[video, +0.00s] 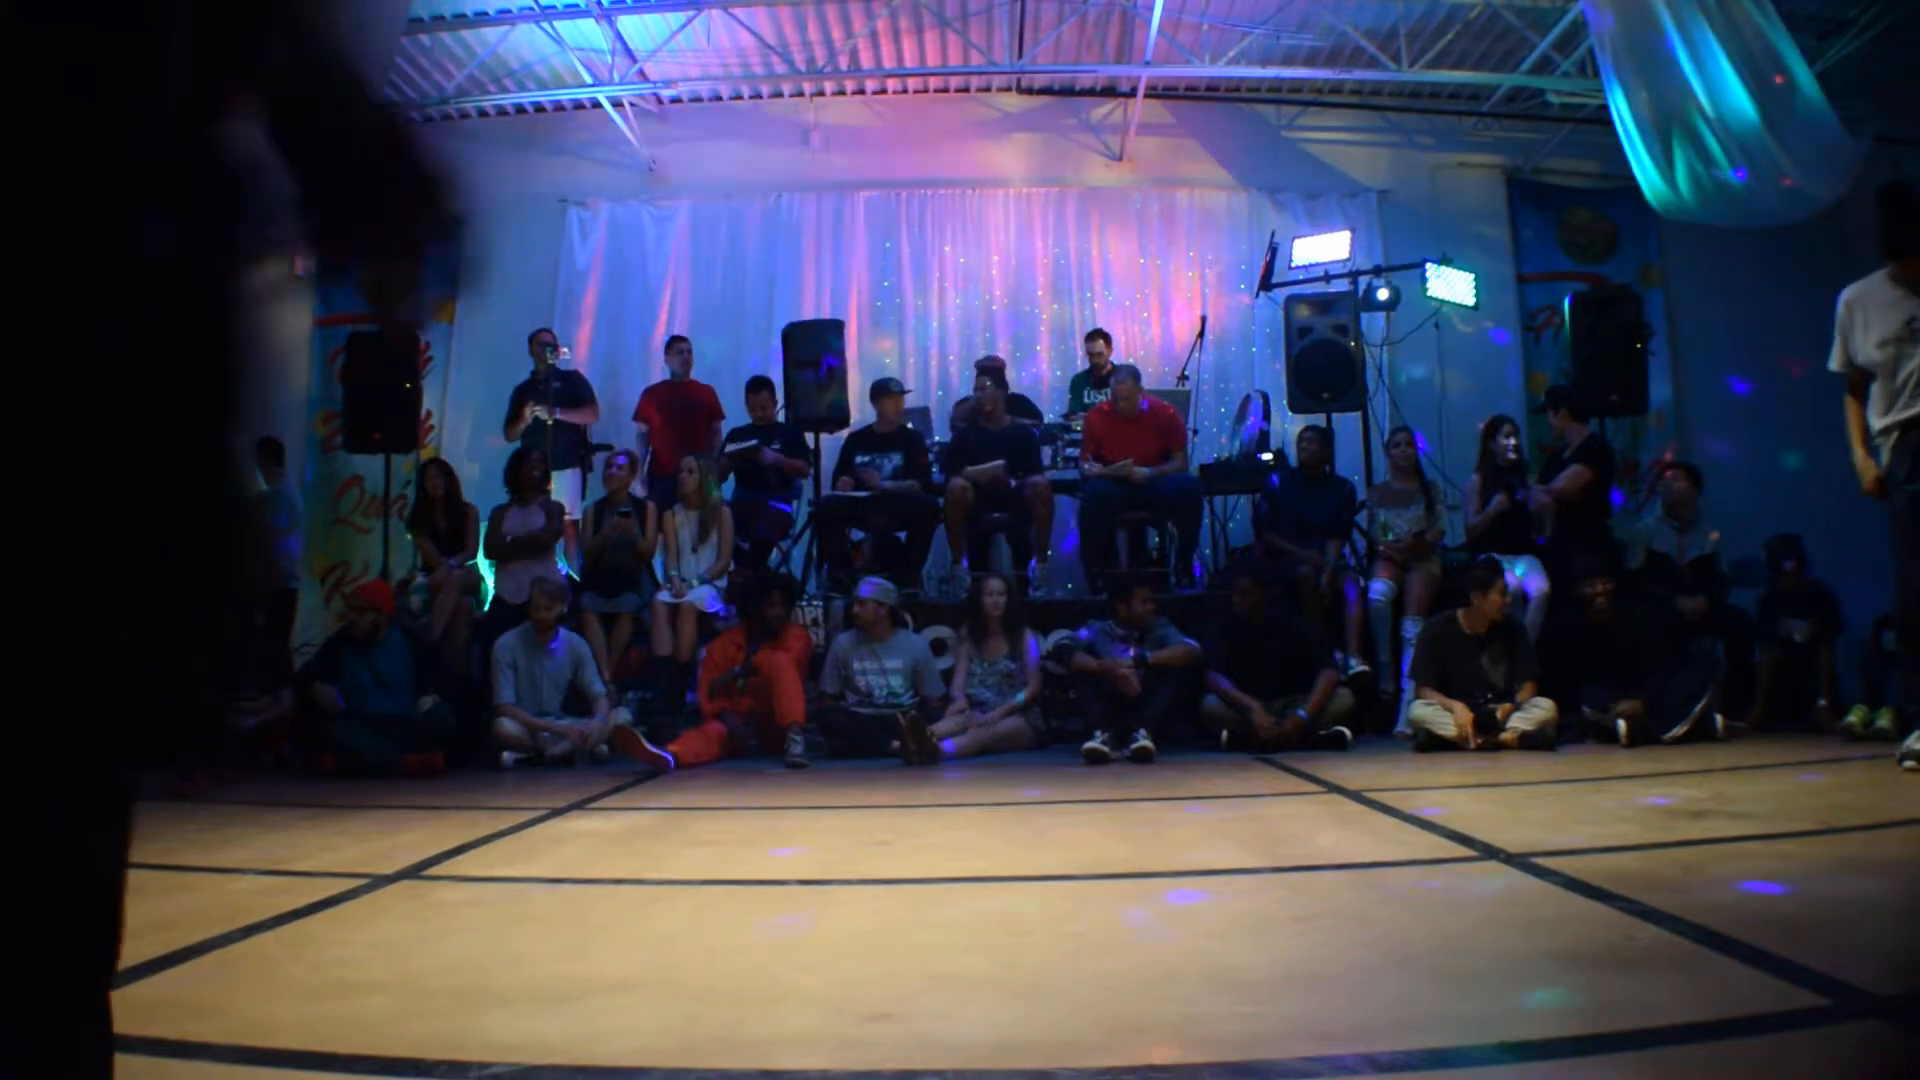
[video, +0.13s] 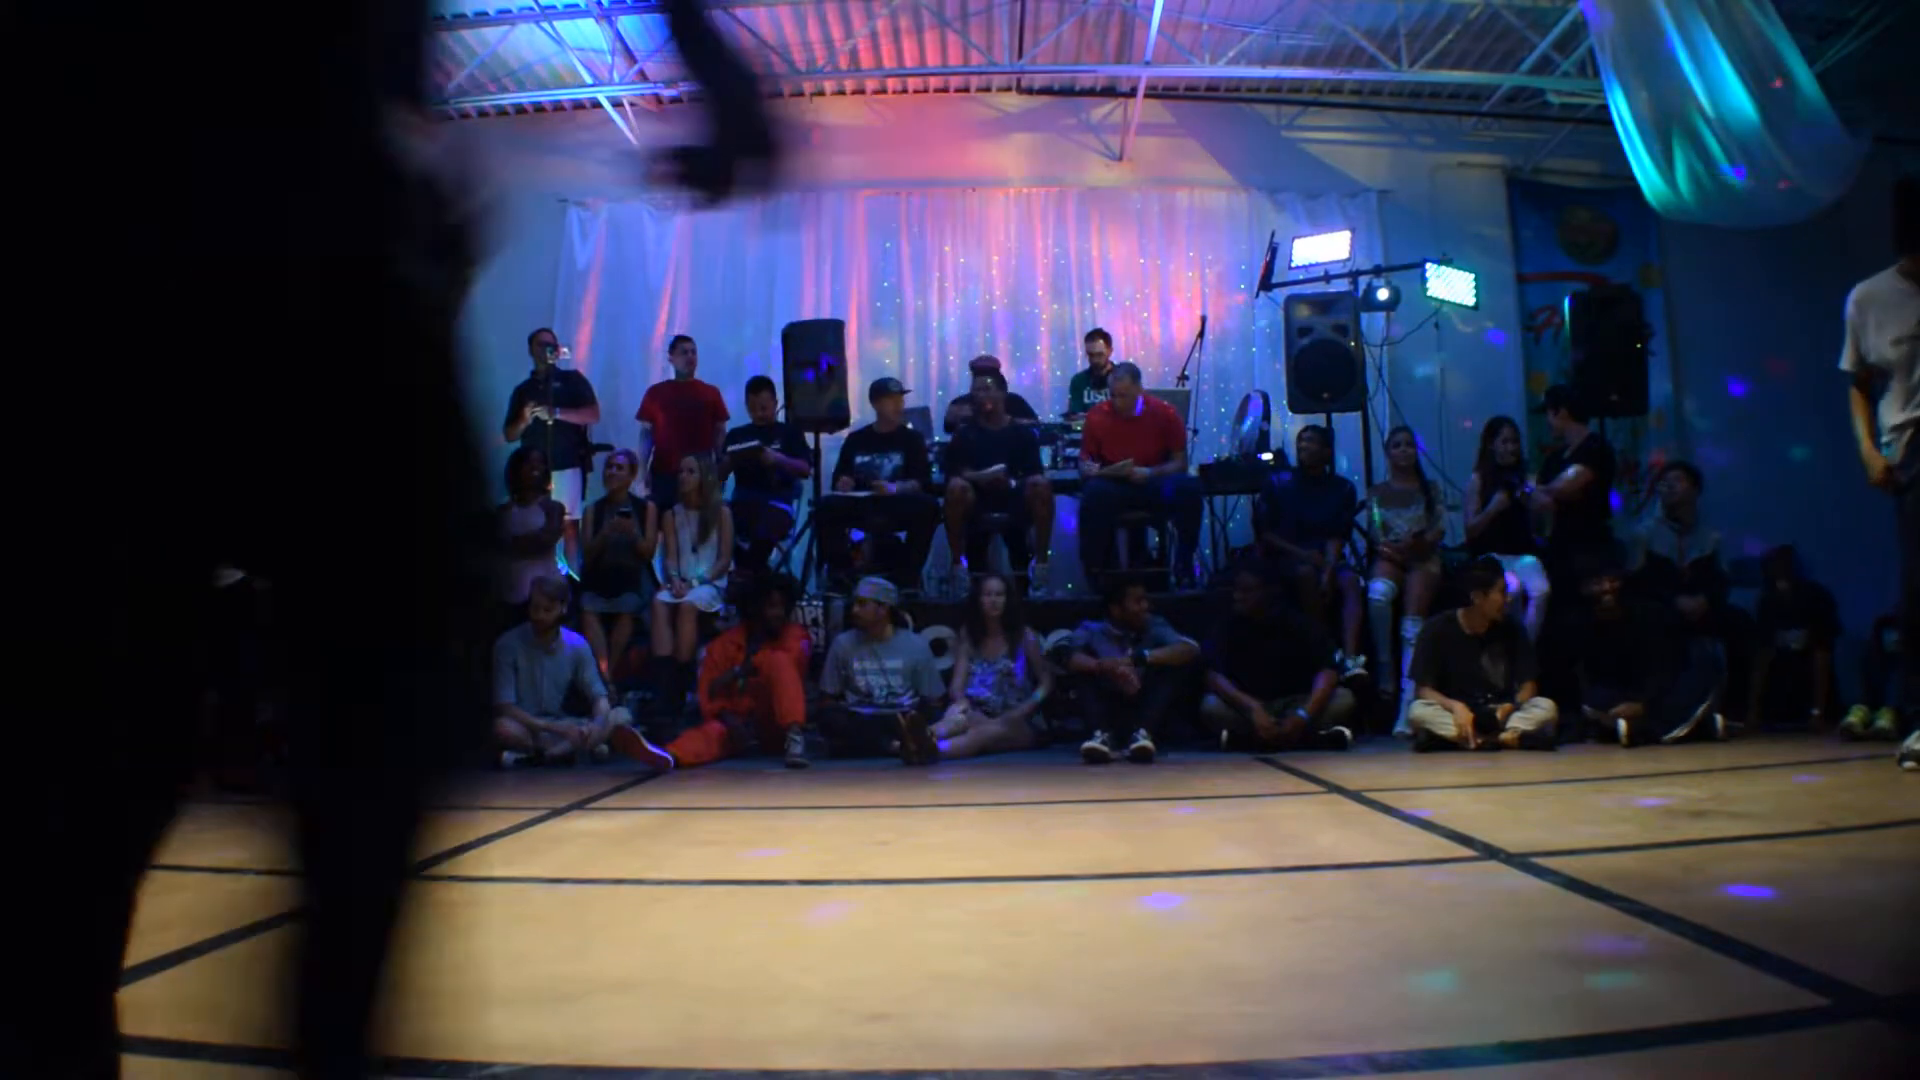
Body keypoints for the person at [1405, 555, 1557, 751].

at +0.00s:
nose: (1507, 600)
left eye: (1506, 594)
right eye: (1501, 593)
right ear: (1476, 597)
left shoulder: (1512, 629)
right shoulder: (1437, 629)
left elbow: (1528, 685)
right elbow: (1423, 689)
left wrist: (1512, 706)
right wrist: (1456, 707)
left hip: (1500, 706)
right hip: (1456, 709)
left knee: (1546, 708)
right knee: (1418, 711)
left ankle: (1469, 742)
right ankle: (1504, 740)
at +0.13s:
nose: (1506, 600)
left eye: (1506, 593)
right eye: (1501, 593)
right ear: (1476, 597)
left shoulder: (1511, 628)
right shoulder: (1437, 629)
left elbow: (1528, 686)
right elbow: (1423, 689)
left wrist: (1511, 706)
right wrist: (1456, 707)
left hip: (1500, 706)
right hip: (1456, 708)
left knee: (1546, 707)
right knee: (1418, 711)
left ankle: (1468, 743)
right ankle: (1505, 740)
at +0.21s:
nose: (1506, 600)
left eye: (1506, 593)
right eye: (1501, 592)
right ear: (1477, 597)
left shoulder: (1511, 629)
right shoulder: (1437, 629)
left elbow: (1528, 684)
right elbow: (1423, 689)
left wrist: (1511, 707)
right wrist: (1456, 708)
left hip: (1500, 706)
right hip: (1456, 709)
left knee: (1546, 708)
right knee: (1418, 711)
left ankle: (1463, 743)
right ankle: (1505, 740)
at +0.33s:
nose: (1507, 600)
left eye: (1508, 593)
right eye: (1501, 593)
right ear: (1475, 595)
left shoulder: (1514, 629)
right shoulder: (1440, 629)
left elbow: (1528, 684)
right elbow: (1423, 689)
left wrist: (1511, 706)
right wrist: (1456, 708)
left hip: (1500, 706)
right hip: (1456, 708)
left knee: (1546, 707)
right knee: (1418, 711)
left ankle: (1462, 743)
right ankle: (1505, 740)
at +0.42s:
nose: (1504, 599)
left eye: (1507, 592)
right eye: (1496, 591)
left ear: (1511, 595)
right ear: (1473, 593)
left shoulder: (1514, 628)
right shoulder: (1442, 628)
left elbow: (1529, 684)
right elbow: (1424, 689)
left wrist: (1510, 706)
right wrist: (1456, 708)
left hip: (1500, 705)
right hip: (1457, 706)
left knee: (1546, 707)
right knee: (1418, 711)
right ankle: (1503, 740)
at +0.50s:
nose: (1502, 598)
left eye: (1505, 590)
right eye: (1494, 590)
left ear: (1510, 593)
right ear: (1472, 592)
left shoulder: (1515, 628)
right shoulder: (1442, 628)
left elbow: (1529, 684)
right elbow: (1424, 689)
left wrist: (1510, 706)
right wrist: (1456, 708)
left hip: (1501, 705)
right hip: (1456, 706)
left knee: (1545, 707)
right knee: (1417, 711)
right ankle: (1502, 740)